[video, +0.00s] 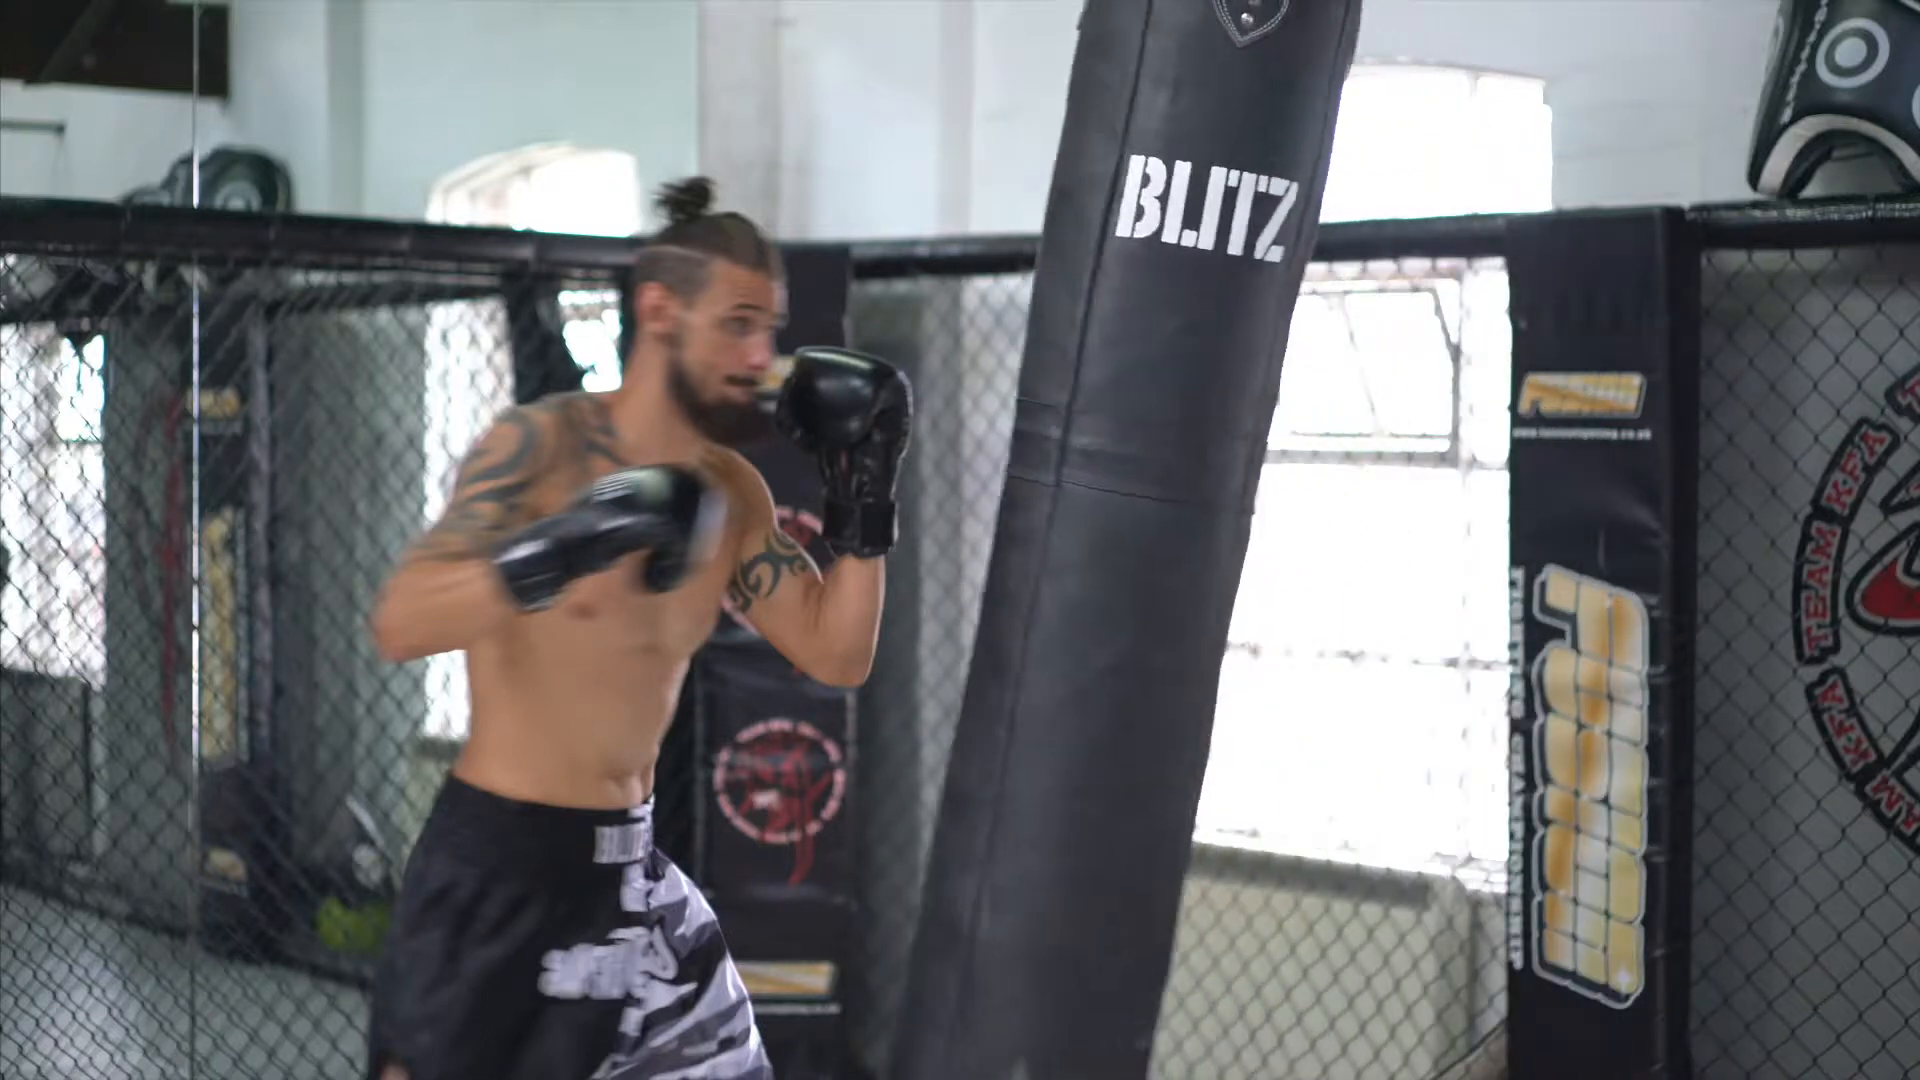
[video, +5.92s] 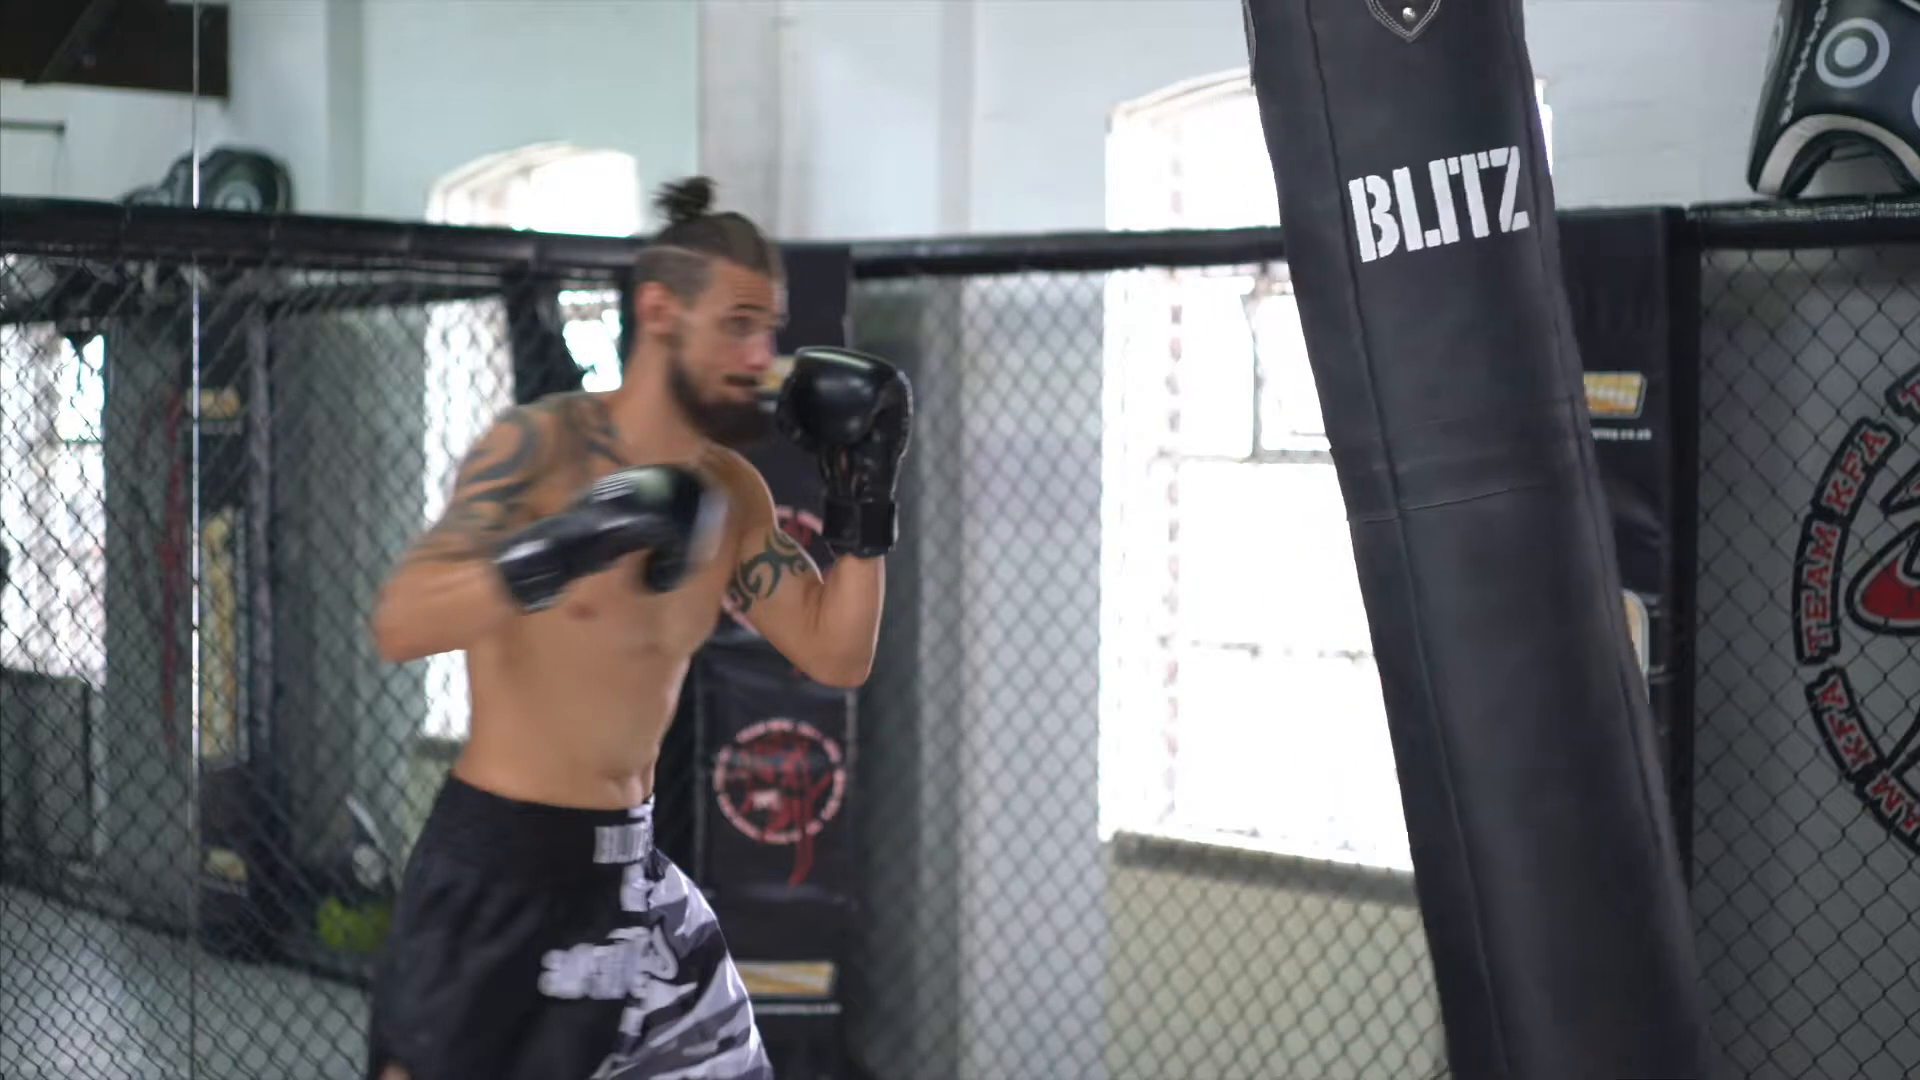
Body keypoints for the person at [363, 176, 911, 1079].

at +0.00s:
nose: (761, 358)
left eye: (772, 331)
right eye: (738, 326)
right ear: (656, 310)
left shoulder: (733, 492)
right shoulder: (539, 440)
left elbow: (839, 655)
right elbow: (401, 623)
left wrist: (865, 483)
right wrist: (569, 547)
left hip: (635, 867)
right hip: (499, 865)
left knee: (731, 1066)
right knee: (441, 1065)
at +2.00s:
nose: (763, 357)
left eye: (772, 331)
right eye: (740, 325)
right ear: (656, 309)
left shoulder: (733, 492)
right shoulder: (538, 440)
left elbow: (839, 655)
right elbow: (400, 623)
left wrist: (865, 480)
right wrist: (568, 547)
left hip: (636, 867)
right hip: (501, 867)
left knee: (732, 1066)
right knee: (444, 1065)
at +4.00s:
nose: (762, 357)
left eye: (772, 331)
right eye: (739, 325)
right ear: (656, 310)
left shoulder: (733, 492)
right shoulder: (537, 441)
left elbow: (839, 655)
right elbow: (400, 623)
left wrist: (865, 481)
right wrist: (569, 546)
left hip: (635, 867)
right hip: (500, 866)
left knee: (732, 1066)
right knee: (439, 1065)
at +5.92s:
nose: (763, 357)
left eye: (772, 331)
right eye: (739, 325)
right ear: (656, 310)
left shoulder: (734, 494)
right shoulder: (539, 441)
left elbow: (839, 656)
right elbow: (400, 624)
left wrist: (865, 483)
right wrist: (570, 546)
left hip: (636, 869)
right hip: (500, 867)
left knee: (732, 1066)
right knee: (437, 1065)